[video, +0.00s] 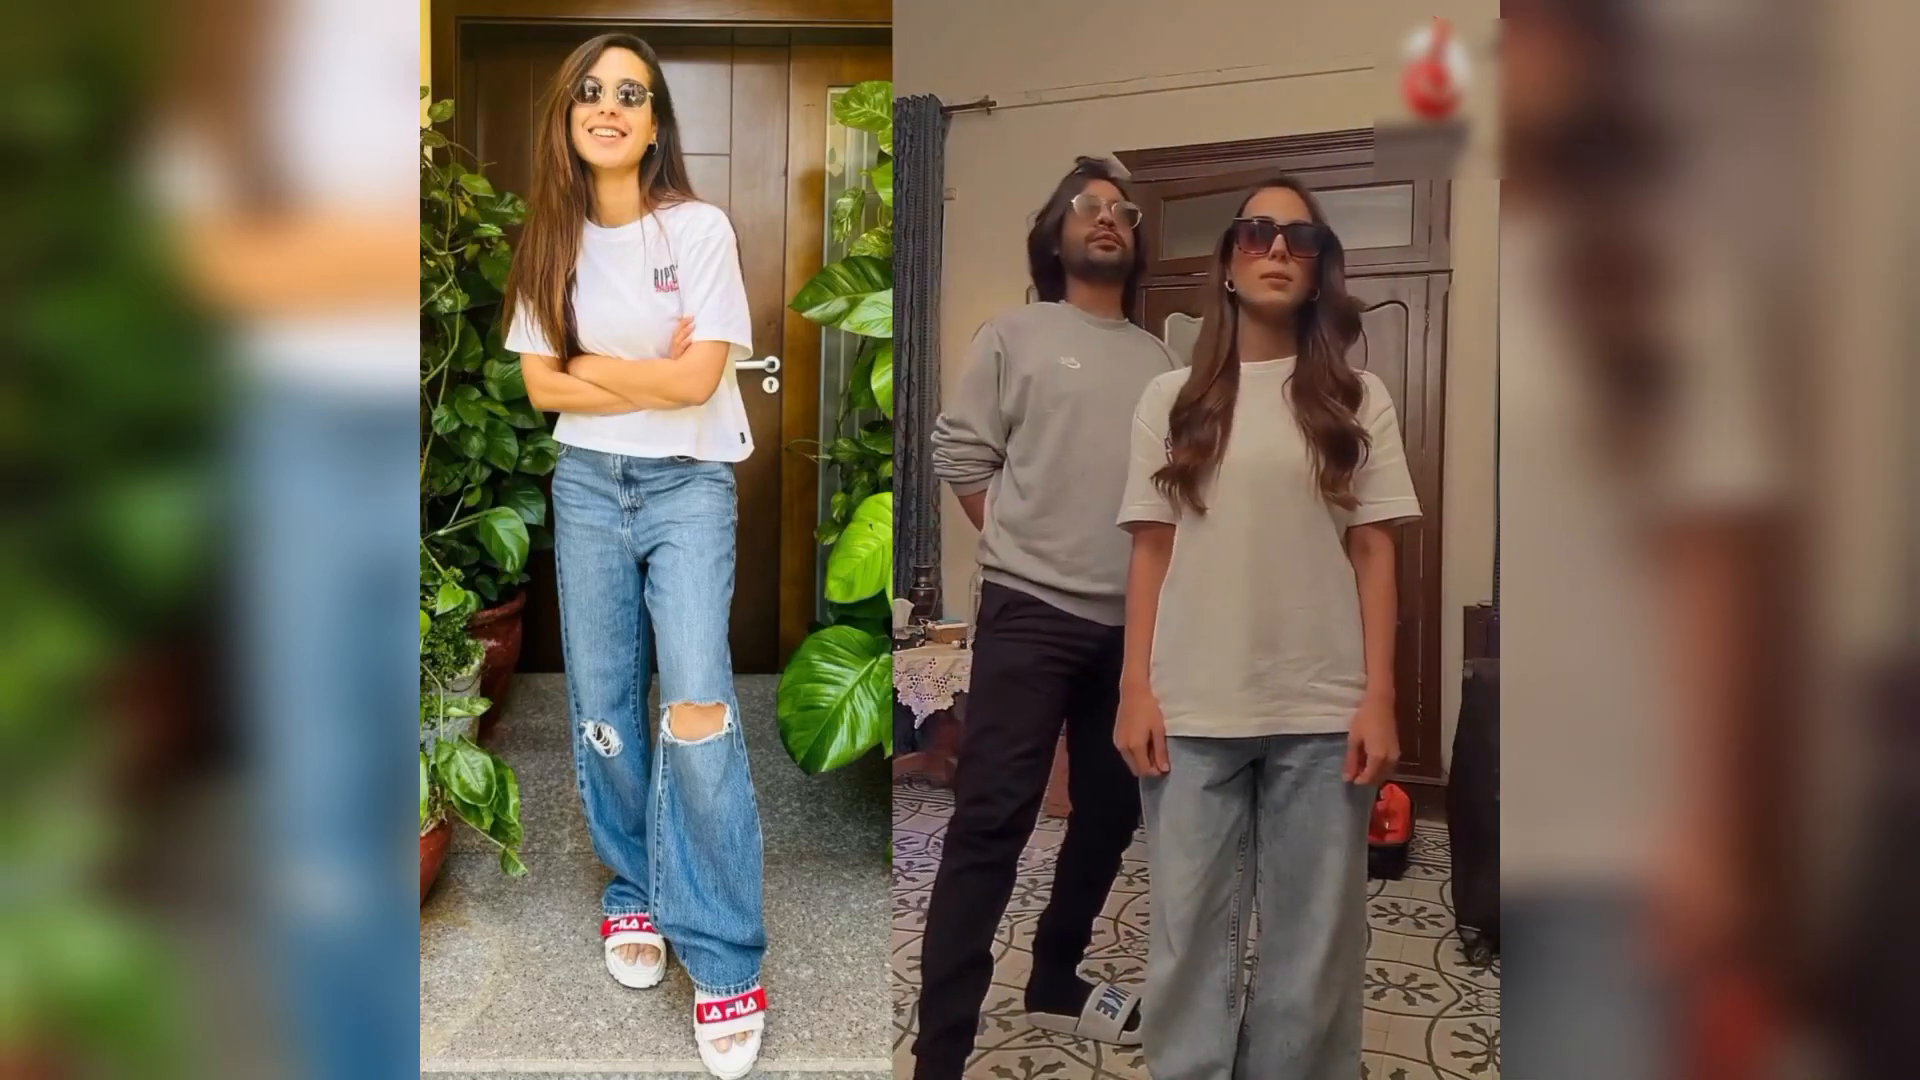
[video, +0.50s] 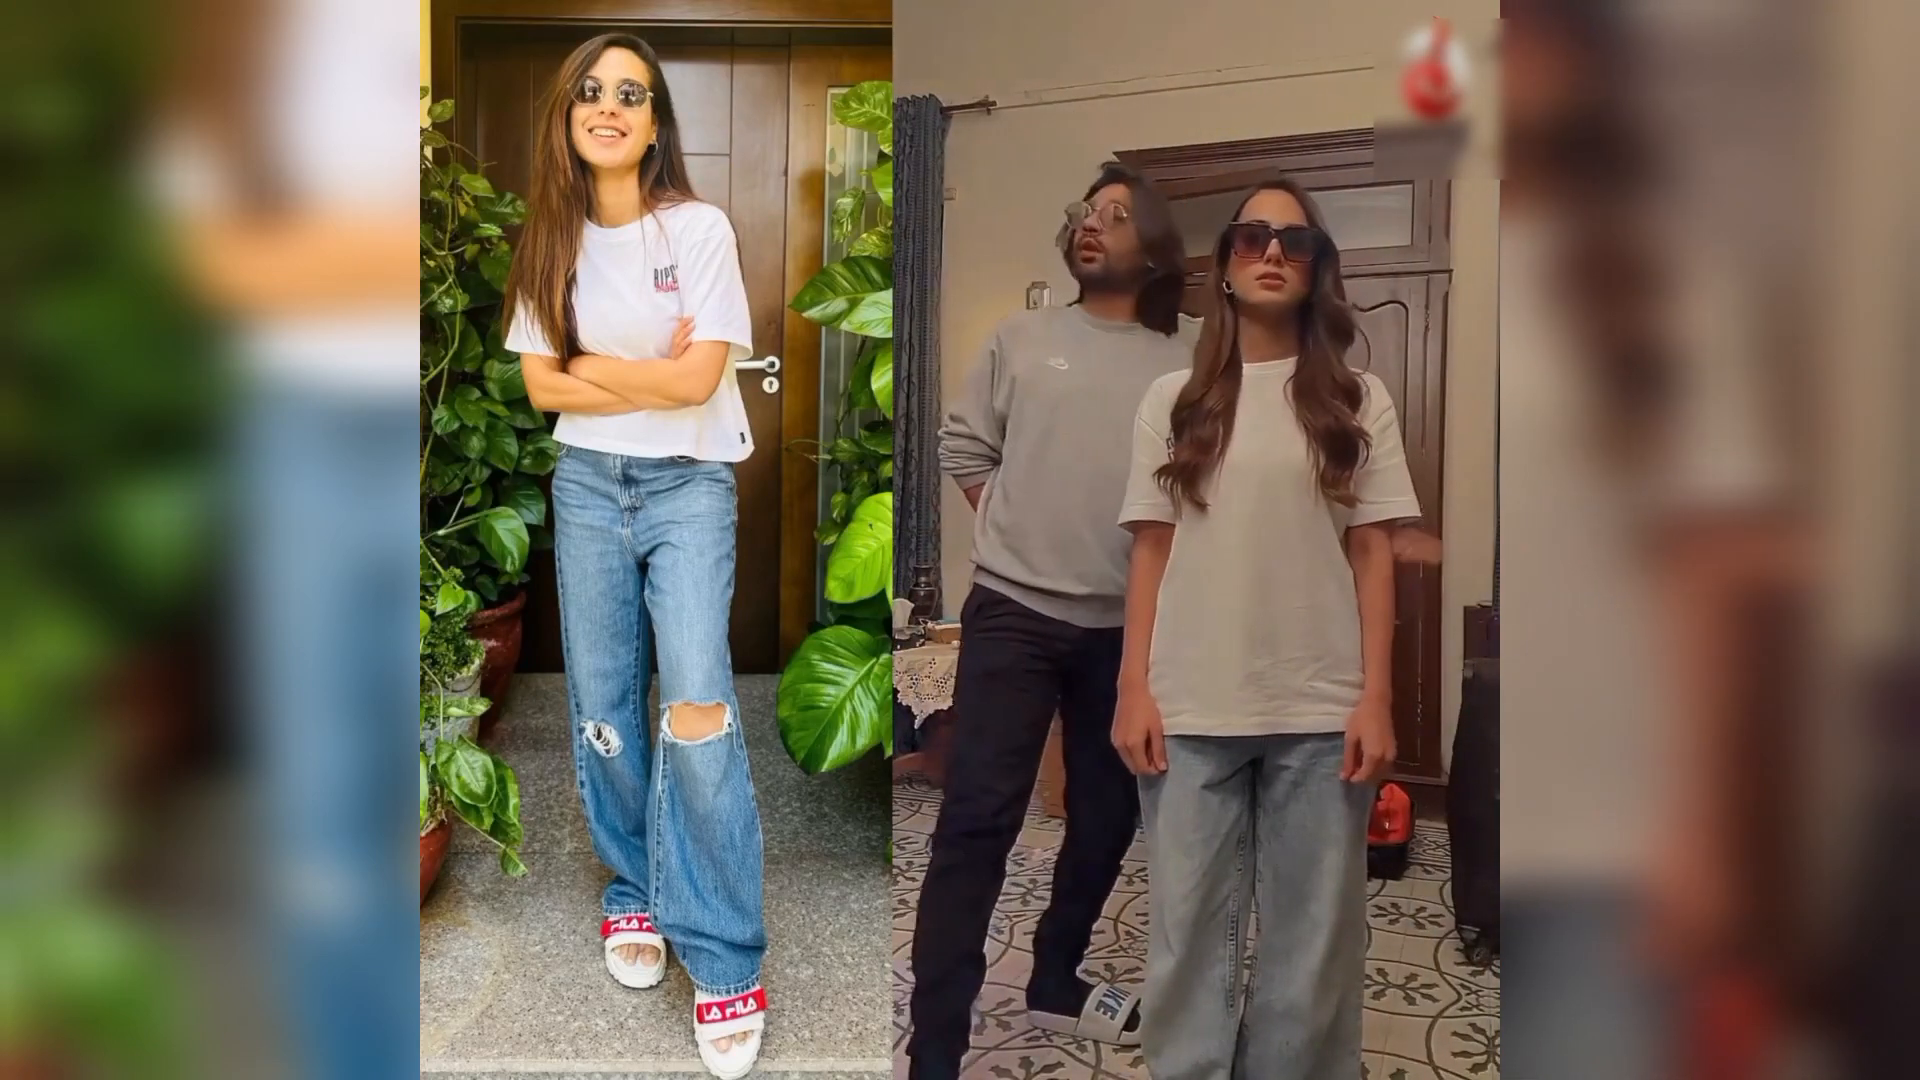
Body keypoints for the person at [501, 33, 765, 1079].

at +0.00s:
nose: (610, 111)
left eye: (630, 97)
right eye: (593, 95)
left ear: (656, 121)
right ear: (566, 117)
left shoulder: (699, 225)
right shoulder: (549, 240)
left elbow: (698, 378)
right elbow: (541, 385)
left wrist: (576, 362)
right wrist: (662, 379)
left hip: (689, 482)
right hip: (585, 484)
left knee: (694, 709)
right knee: (603, 708)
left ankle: (724, 958)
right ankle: (631, 891)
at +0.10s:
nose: (609, 111)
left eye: (629, 97)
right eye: (593, 95)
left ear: (656, 121)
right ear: (566, 117)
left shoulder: (699, 226)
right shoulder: (549, 240)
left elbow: (698, 378)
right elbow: (541, 385)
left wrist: (576, 362)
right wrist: (662, 379)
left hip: (689, 482)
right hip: (584, 484)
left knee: (694, 710)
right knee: (603, 708)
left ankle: (725, 958)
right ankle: (631, 892)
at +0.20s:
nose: (610, 111)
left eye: (630, 97)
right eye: (593, 95)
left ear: (656, 121)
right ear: (566, 117)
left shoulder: (699, 225)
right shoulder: (549, 240)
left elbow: (698, 378)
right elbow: (541, 386)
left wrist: (576, 362)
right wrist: (662, 379)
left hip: (689, 482)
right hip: (585, 484)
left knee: (694, 709)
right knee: (603, 708)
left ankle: (724, 958)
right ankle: (631, 891)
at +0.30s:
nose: (610, 111)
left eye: (630, 97)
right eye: (593, 95)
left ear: (656, 121)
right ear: (566, 117)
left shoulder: (699, 225)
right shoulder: (549, 240)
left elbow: (698, 378)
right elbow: (541, 385)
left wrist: (576, 362)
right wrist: (662, 379)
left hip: (689, 482)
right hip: (585, 484)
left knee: (694, 709)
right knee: (603, 708)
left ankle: (724, 957)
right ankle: (631, 891)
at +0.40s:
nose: (609, 111)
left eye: (629, 98)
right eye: (593, 95)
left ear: (656, 122)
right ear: (566, 117)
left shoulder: (699, 226)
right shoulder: (549, 240)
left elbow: (698, 379)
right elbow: (541, 385)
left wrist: (576, 362)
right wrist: (662, 379)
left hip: (689, 482)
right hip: (584, 484)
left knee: (694, 710)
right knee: (603, 708)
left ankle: (724, 958)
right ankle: (631, 892)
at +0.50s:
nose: (609, 111)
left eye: (629, 98)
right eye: (593, 95)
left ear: (656, 122)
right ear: (566, 117)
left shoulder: (699, 226)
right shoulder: (549, 240)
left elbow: (698, 378)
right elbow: (541, 385)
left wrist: (576, 362)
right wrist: (662, 379)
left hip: (689, 482)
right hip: (584, 484)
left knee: (694, 710)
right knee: (603, 708)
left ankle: (724, 958)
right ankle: (631, 892)